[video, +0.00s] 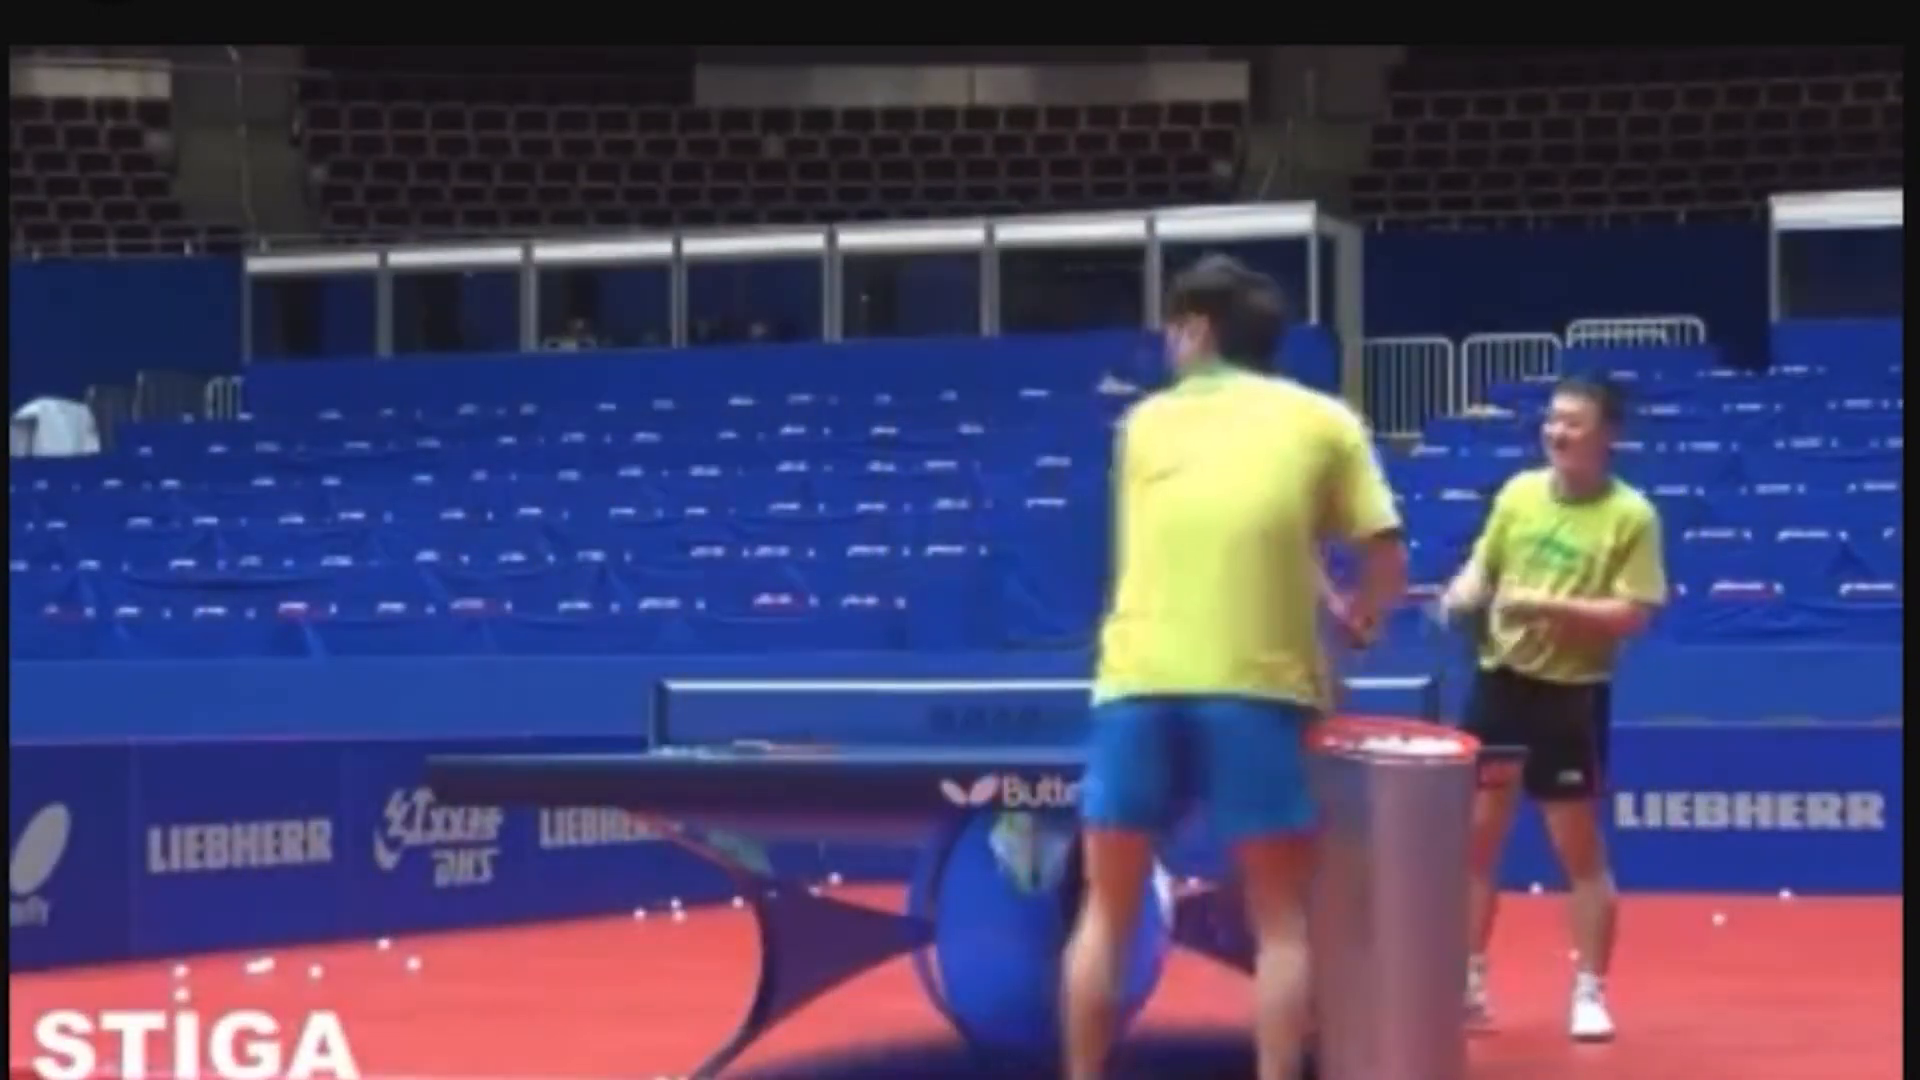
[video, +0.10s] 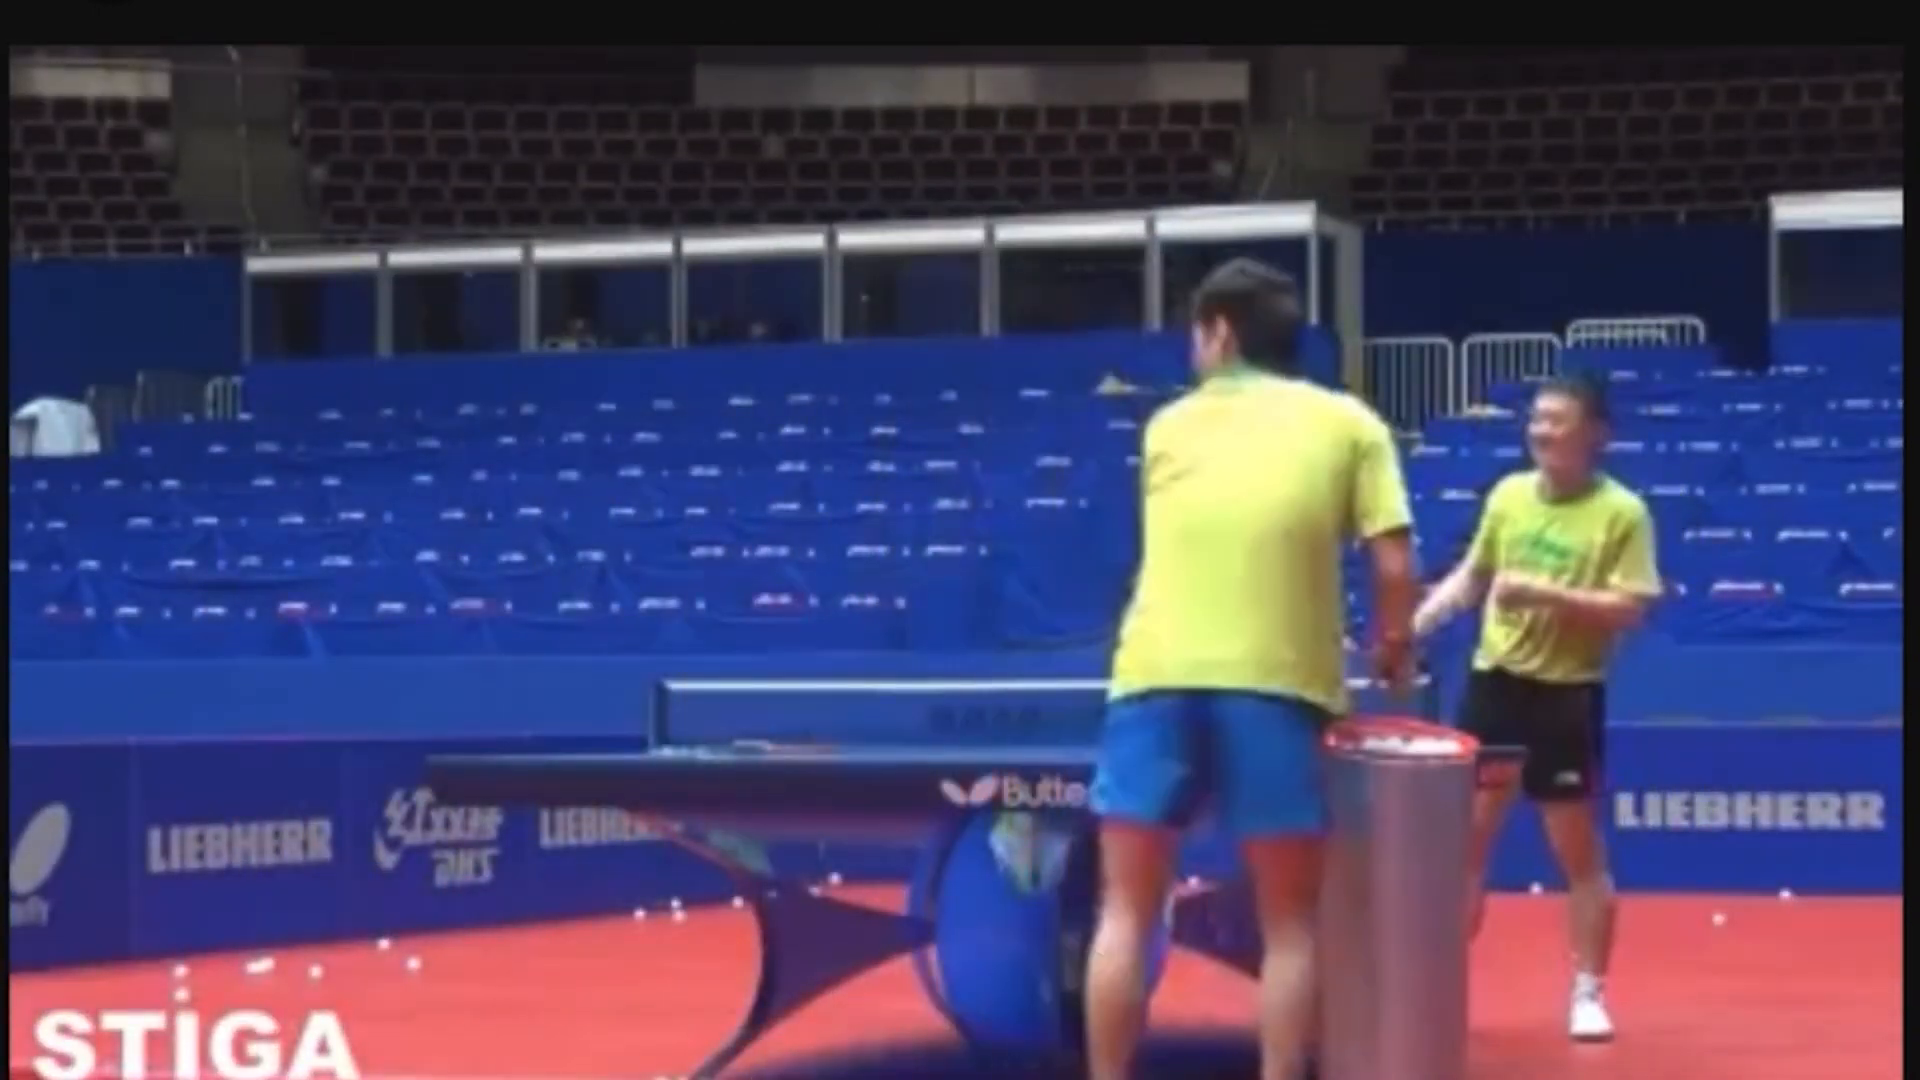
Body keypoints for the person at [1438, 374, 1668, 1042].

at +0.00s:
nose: (1557, 434)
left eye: (1573, 424)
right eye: (1553, 421)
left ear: (1608, 436)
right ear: (1545, 430)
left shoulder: (1632, 517)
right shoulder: (1519, 491)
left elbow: (1633, 610)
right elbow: (1483, 564)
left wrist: (1544, 605)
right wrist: (1464, 591)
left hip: (1571, 685)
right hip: (1502, 675)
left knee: (1576, 840)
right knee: (1481, 827)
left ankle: (1590, 985)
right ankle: (1468, 974)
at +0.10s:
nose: (1541, 433)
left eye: (1557, 422)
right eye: (1537, 420)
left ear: (1594, 434)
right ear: (1529, 430)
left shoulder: (1622, 513)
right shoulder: (1509, 494)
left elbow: (1629, 603)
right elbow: (1472, 574)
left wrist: (1541, 593)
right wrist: (1413, 624)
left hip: (1565, 686)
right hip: (1495, 677)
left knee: (1576, 845)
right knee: (1469, 830)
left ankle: (1589, 987)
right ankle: (1439, 976)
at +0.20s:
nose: (1524, 434)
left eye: (1539, 422)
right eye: (1519, 422)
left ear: (1574, 434)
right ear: (1513, 432)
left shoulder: (1608, 510)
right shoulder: (1491, 500)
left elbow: (1621, 598)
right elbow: (1450, 581)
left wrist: (1540, 581)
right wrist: (1405, 632)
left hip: (1558, 687)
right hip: (1484, 680)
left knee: (1572, 847)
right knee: (1451, 837)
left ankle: (1589, 988)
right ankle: (1421, 985)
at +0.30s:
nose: (1495, 438)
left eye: (1509, 425)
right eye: (1491, 425)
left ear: (1544, 435)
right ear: (1485, 435)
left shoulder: (1585, 506)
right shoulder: (1466, 504)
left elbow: (1604, 592)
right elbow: (1441, 580)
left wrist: (1532, 566)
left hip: (1543, 687)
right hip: (1467, 681)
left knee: (1558, 847)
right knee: (1442, 841)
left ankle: (1587, 988)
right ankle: (1421, 991)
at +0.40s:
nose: (1467, 435)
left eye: (1480, 423)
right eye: (1462, 424)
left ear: (1516, 430)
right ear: (1457, 435)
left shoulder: (1561, 503)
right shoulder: (1440, 504)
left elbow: (1580, 583)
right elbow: (1409, 589)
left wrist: (1513, 557)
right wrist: (1393, 666)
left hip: (1524, 684)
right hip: (1447, 679)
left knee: (1545, 844)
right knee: (1425, 840)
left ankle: (1584, 986)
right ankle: (1413, 992)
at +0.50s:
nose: (1442, 440)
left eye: (1453, 427)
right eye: (1437, 428)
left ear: (1487, 431)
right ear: (1435, 436)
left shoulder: (1532, 500)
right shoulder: (1419, 501)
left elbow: (1546, 581)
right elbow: (1396, 590)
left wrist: (1480, 540)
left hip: (1505, 679)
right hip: (1434, 677)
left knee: (1539, 849)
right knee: (1419, 844)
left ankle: (1581, 983)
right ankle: (1410, 994)